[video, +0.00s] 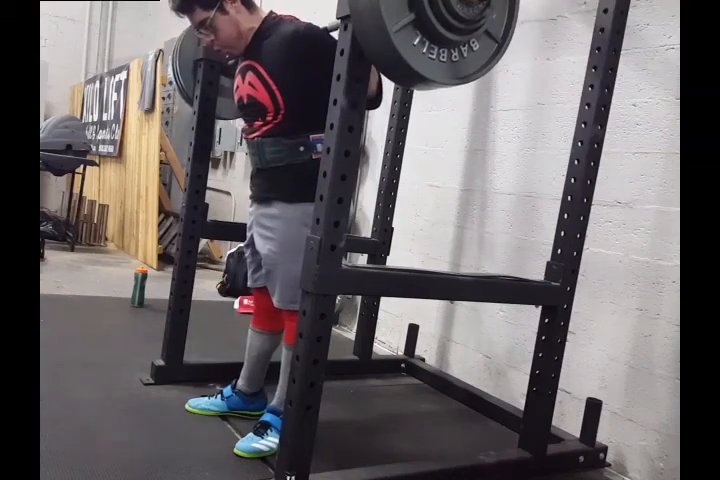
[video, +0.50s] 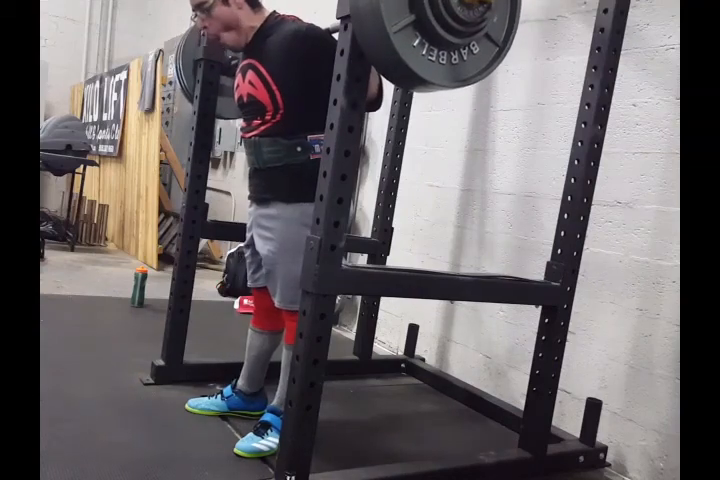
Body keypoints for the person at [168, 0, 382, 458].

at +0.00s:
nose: (210, 42)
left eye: (209, 27)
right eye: (201, 34)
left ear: (234, 6)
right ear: (233, 11)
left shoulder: (299, 40)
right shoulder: (246, 57)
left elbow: (370, 91)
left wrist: (359, 32)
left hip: (302, 208)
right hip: (266, 205)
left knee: (296, 314)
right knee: (264, 304)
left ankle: (283, 416)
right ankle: (247, 392)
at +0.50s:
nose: (213, 38)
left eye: (211, 25)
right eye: (207, 31)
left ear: (233, 5)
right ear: (232, 8)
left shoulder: (302, 41)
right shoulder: (249, 55)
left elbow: (371, 94)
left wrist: (362, 38)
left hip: (301, 209)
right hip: (265, 207)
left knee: (296, 315)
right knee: (264, 305)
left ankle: (284, 417)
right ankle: (246, 391)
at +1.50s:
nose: (234, 36)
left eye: (235, 22)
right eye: (227, 28)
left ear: (264, 5)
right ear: (262, 11)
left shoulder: (321, 43)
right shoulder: (273, 61)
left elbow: (390, 107)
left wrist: (381, 59)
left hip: (318, 210)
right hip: (284, 205)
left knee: (305, 319)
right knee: (264, 289)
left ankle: (284, 417)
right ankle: (302, 375)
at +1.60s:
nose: (237, 37)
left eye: (240, 24)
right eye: (232, 29)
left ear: (270, 8)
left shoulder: (324, 45)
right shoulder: (274, 66)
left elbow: (391, 108)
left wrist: (390, 54)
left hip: (330, 207)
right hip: (293, 204)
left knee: (312, 308)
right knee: (289, 293)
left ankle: (282, 415)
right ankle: (327, 380)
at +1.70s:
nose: (246, 45)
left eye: (248, 31)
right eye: (239, 37)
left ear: (277, 13)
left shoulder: (333, 51)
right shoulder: (282, 68)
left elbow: (398, 113)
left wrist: (391, 66)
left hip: (339, 211)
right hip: (302, 210)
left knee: (314, 311)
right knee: (310, 307)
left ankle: (282, 416)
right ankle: (331, 389)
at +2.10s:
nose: (271, 56)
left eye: (273, 44)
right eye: (265, 48)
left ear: (299, 25)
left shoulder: (359, 61)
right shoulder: (305, 81)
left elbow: (420, 116)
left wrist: (409, 72)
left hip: (370, 202)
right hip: (331, 201)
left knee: (350, 304)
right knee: (320, 300)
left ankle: (353, 415)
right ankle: (323, 391)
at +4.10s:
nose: (293, 52)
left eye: (299, 40)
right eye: (289, 43)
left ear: (331, 31)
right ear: (322, 36)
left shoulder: (390, 79)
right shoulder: (332, 85)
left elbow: (444, 131)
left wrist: (436, 86)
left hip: (387, 218)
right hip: (340, 214)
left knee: (387, 313)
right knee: (337, 303)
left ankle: (377, 424)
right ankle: (318, 380)